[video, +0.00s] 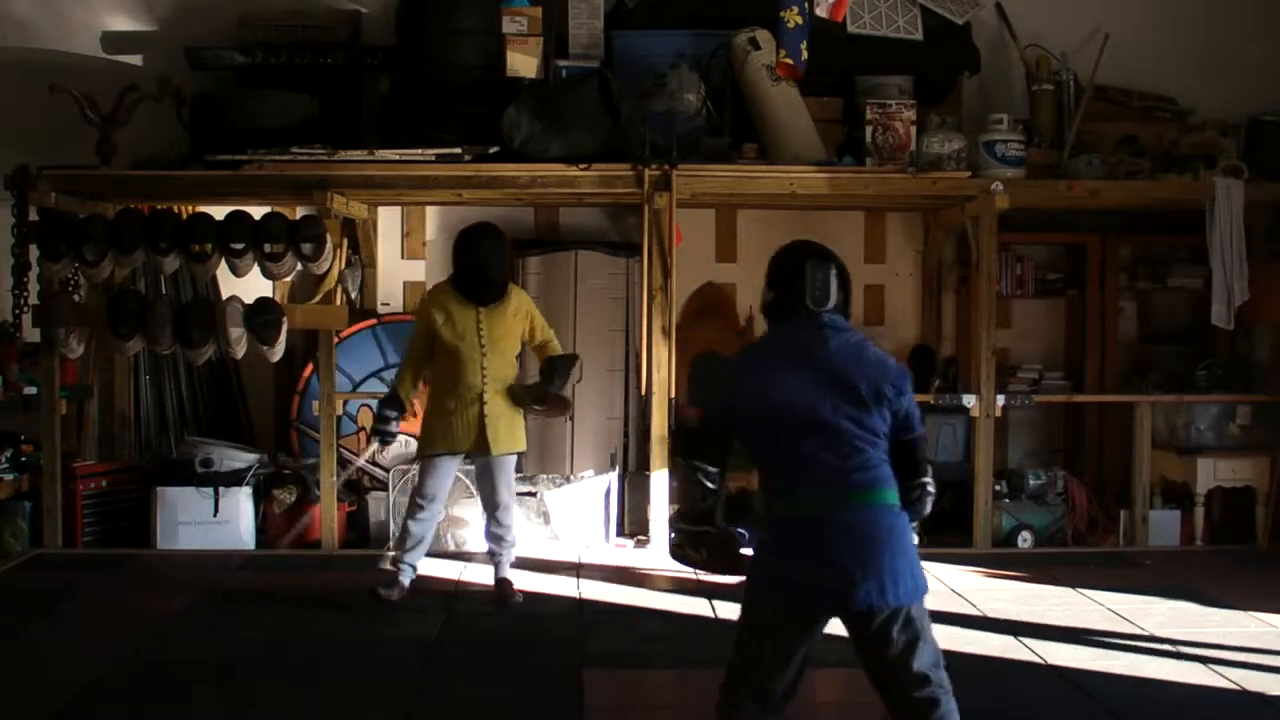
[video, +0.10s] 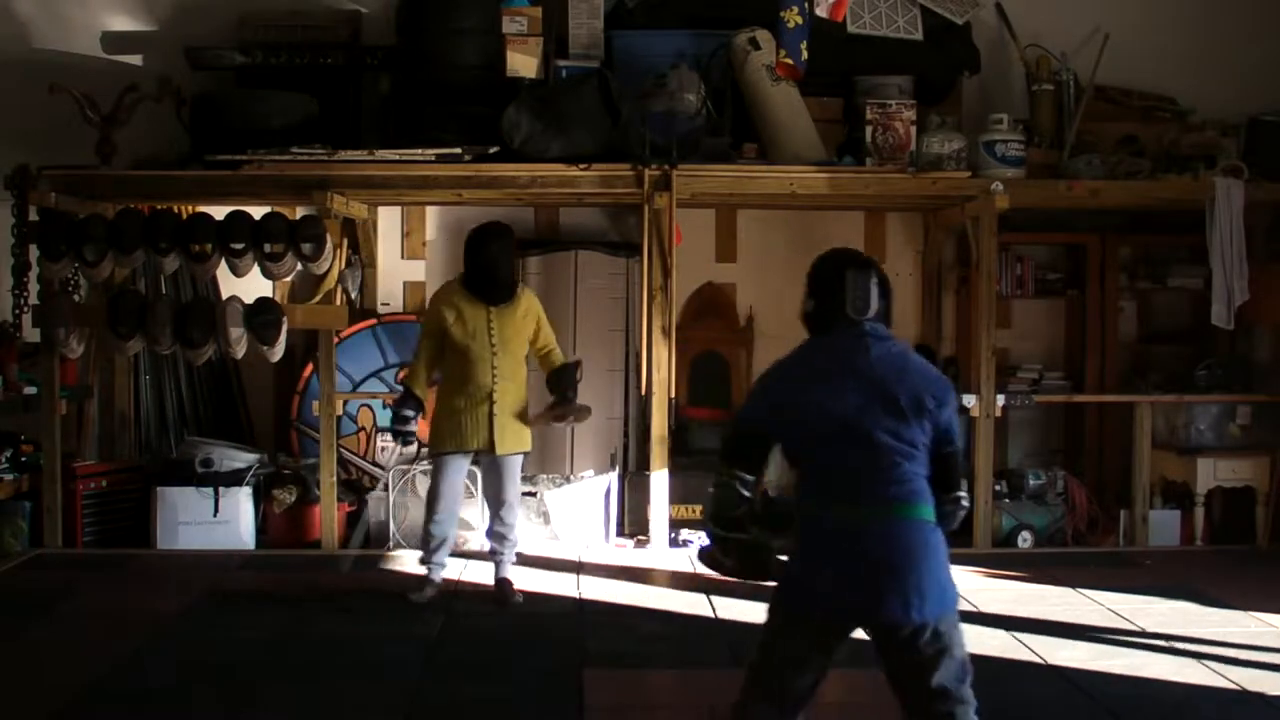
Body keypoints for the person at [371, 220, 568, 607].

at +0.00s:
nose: (485, 275)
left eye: (492, 266)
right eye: (478, 266)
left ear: (502, 265)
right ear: (462, 264)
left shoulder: (517, 303)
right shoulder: (438, 301)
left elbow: (546, 342)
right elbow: (415, 360)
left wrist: (553, 377)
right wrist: (393, 406)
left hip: (500, 421)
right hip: (448, 420)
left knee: (502, 504)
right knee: (426, 498)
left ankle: (503, 575)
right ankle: (402, 574)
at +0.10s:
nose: (498, 270)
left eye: (504, 262)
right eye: (490, 261)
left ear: (513, 263)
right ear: (474, 261)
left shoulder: (527, 304)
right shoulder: (447, 301)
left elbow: (548, 350)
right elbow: (426, 358)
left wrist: (562, 382)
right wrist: (410, 402)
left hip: (507, 423)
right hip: (455, 421)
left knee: (506, 506)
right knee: (441, 505)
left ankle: (504, 576)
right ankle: (433, 576)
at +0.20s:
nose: (517, 266)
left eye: (520, 258)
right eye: (509, 258)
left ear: (524, 260)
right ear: (486, 259)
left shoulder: (531, 304)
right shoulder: (455, 299)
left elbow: (549, 356)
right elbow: (431, 354)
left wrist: (572, 403)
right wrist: (419, 407)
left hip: (513, 423)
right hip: (464, 422)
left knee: (509, 502)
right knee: (459, 500)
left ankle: (504, 574)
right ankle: (464, 571)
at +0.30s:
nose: (524, 266)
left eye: (526, 258)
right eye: (515, 258)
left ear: (529, 260)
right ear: (491, 260)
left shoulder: (536, 304)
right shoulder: (460, 299)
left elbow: (553, 357)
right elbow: (434, 351)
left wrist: (574, 409)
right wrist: (425, 399)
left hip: (519, 420)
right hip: (471, 420)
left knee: (512, 500)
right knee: (471, 499)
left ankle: (504, 572)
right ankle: (484, 559)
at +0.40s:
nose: (525, 268)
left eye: (528, 260)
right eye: (516, 259)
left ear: (533, 263)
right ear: (493, 261)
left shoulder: (539, 306)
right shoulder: (464, 300)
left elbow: (553, 356)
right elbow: (433, 350)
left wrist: (569, 403)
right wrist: (436, 393)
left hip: (523, 421)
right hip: (475, 419)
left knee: (515, 498)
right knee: (476, 494)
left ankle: (503, 571)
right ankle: (497, 545)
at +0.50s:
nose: (527, 268)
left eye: (529, 260)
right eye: (517, 260)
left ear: (533, 262)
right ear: (495, 261)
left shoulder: (540, 303)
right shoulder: (466, 300)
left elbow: (553, 355)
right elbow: (433, 351)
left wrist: (563, 401)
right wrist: (454, 379)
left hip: (525, 419)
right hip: (478, 417)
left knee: (517, 496)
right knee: (478, 494)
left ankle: (507, 572)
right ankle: (498, 545)